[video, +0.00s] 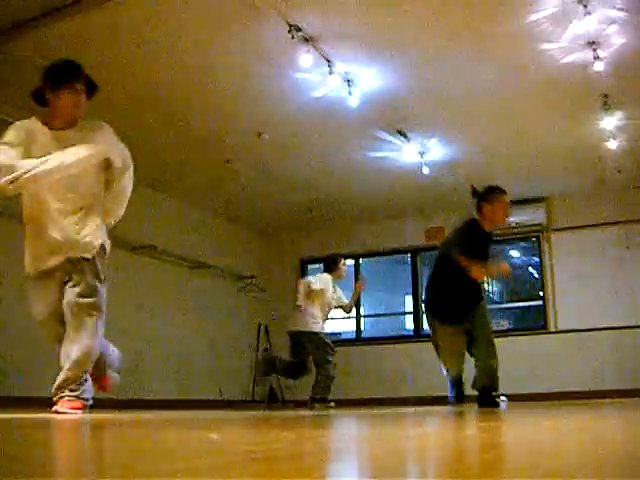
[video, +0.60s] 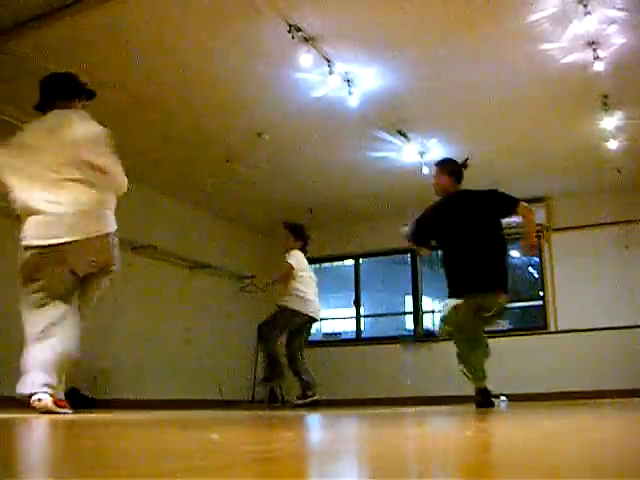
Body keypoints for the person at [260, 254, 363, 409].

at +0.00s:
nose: (345, 269)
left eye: (344, 265)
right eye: (342, 265)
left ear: (333, 268)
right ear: (334, 267)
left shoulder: (334, 290)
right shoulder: (324, 278)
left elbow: (347, 309)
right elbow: (302, 283)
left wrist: (356, 293)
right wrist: (300, 301)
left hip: (297, 327)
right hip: (309, 326)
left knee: (300, 368)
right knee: (327, 359)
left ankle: (271, 363)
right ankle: (319, 398)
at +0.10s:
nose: (340, 271)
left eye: (340, 268)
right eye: (338, 268)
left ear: (332, 270)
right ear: (330, 270)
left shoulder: (329, 292)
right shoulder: (318, 280)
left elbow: (339, 313)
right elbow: (293, 283)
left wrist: (349, 303)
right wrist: (290, 302)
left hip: (294, 326)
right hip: (305, 324)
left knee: (280, 367)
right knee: (324, 359)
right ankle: (320, 399)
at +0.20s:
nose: (334, 285)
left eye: (334, 281)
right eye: (332, 281)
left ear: (318, 280)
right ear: (325, 281)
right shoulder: (314, 290)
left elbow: (308, 321)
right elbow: (292, 300)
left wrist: (317, 338)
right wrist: (303, 316)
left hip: (281, 334)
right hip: (298, 332)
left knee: (271, 376)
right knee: (324, 359)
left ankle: (241, 402)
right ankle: (319, 399)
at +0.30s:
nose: (327, 290)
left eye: (328, 286)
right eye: (326, 286)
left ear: (310, 285)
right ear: (320, 286)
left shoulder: (296, 298)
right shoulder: (314, 296)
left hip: (278, 338)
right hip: (297, 337)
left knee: (273, 377)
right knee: (325, 358)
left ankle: (241, 400)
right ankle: (320, 399)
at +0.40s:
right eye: (317, 272)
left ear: (297, 270)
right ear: (315, 272)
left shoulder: (285, 283)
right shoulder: (314, 286)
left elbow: (269, 276)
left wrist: (266, 297)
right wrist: (340, 300)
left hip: (279, 333)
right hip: (302, 332)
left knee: (269, 369)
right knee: (324, 361)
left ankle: (245, 398)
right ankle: (319, 397)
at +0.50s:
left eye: (288, 249)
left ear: (290, 249)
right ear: (311, 253)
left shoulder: (282, 262)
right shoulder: (314, 271)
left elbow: (270, 285)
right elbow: (325, 296)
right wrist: (308, 294)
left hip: (282, 312)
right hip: (307, 315)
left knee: (264, 352)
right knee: (311, 355)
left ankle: (253, 394)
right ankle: (319, 395)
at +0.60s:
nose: (285, 241)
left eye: (288, 238)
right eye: (286, 237)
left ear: (296, 241)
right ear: (302, 243)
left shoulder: (293, 254)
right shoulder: (304, 262)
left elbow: (289, 272)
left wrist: (272, 282)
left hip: (295, 305)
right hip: (311, 311)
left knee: (266, 330)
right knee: (294, 351)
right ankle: (309, 389)